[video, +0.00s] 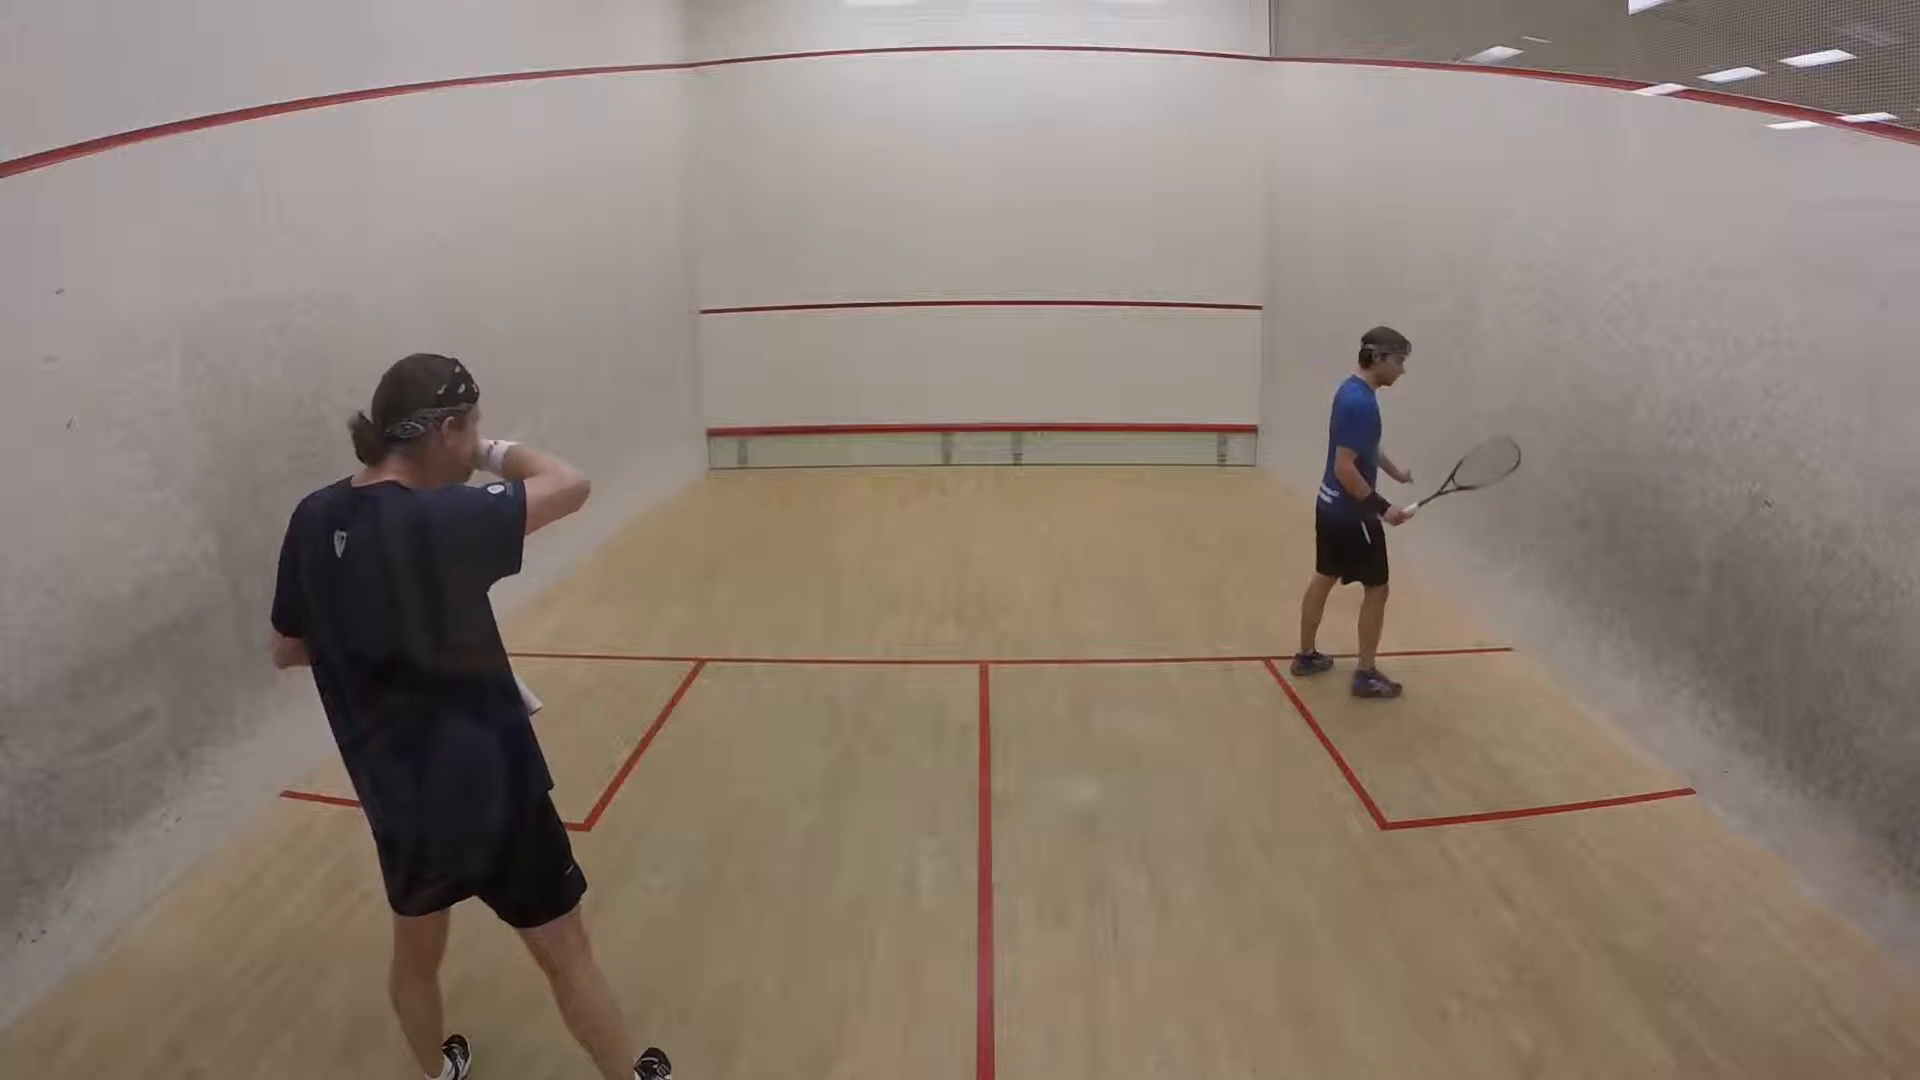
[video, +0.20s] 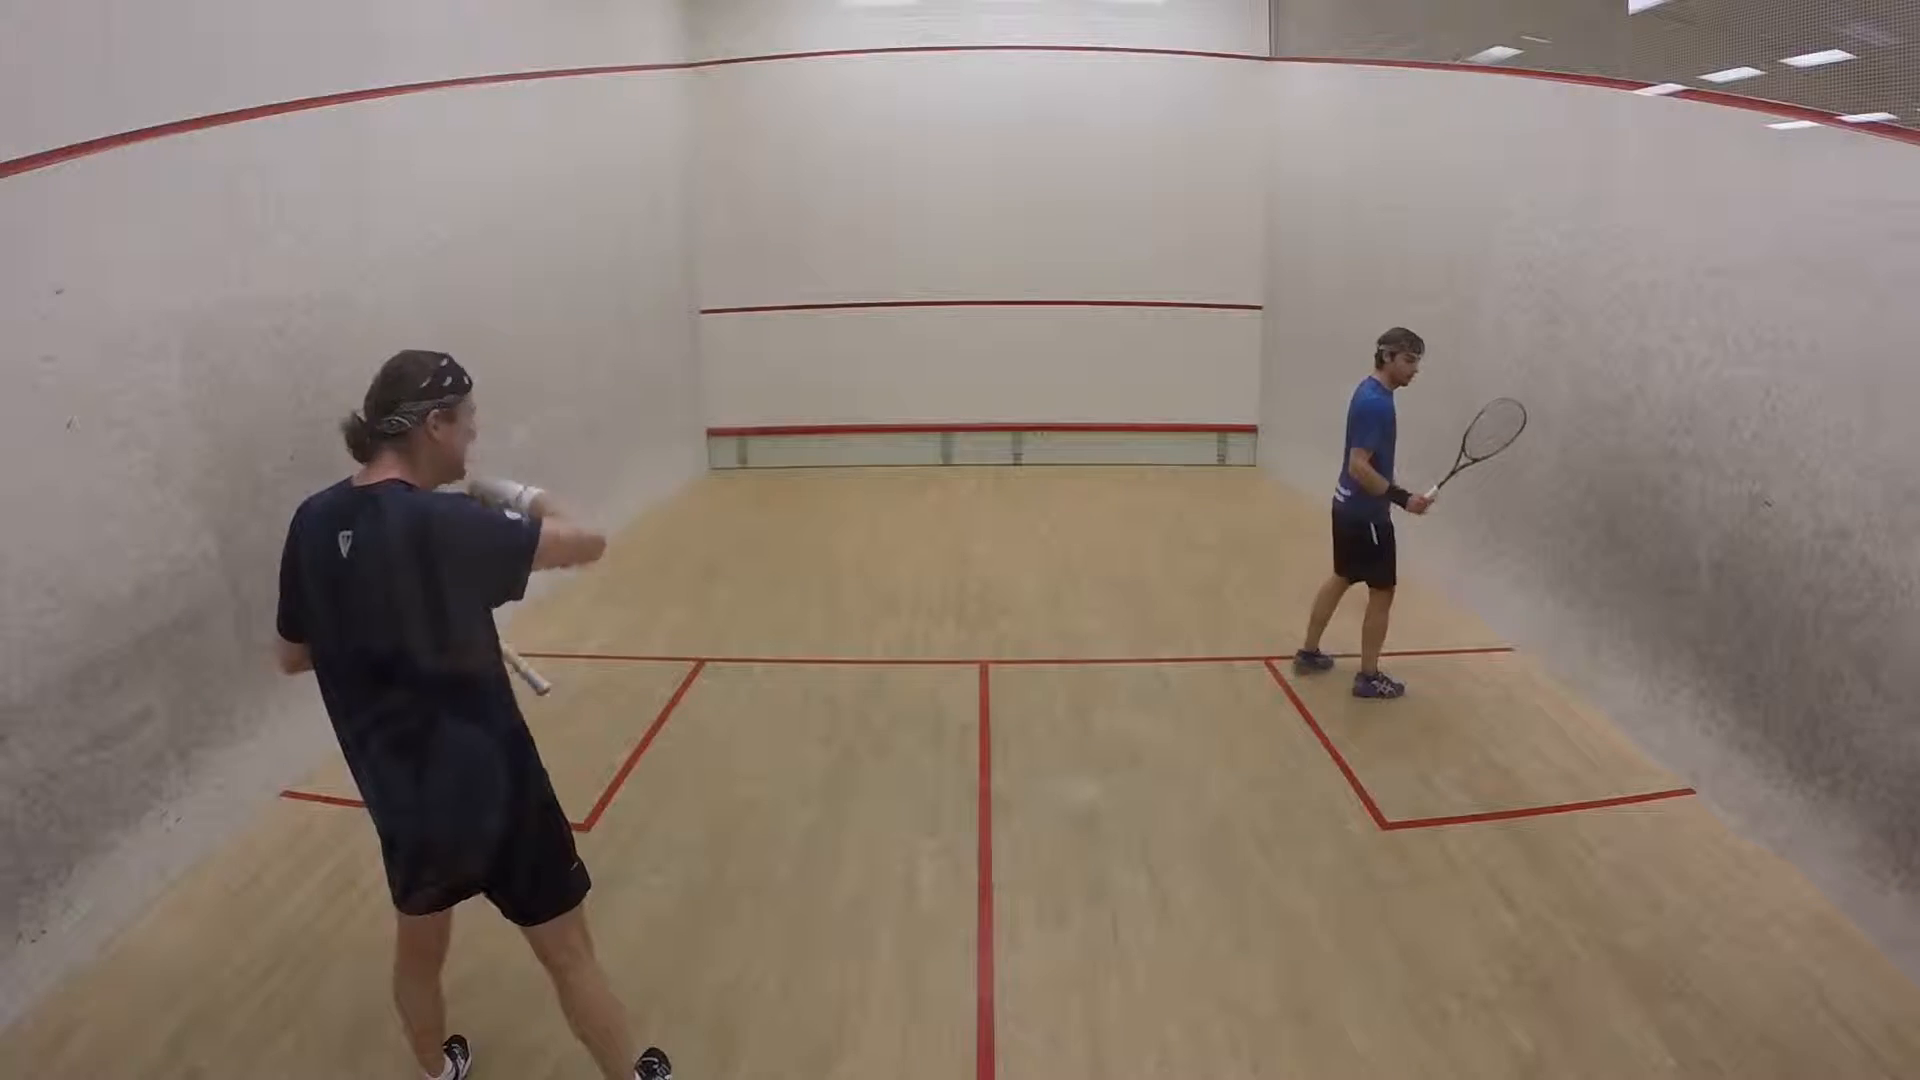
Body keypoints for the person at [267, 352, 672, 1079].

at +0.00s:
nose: (476, 443)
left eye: (475, 428)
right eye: (469, 429)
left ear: (384, 432)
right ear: (435, 432)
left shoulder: (316, 518)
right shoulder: (453, 517)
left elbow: (287, 648)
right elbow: (567, 485)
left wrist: (373, 623)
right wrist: (486, 449)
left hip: (400, 800)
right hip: (494, 788)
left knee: (416, 954)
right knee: (565, 954)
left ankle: (432, 1070)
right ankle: (629, 1073)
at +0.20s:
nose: (473, 436)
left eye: (471, 419)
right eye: (465, 420)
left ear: (383, 427)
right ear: (429, 424)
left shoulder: (315, 521)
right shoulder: (449, 524)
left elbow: (292, 655)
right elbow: (584, 542)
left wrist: (380, 614)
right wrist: (520, 497)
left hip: (401, 797)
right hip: (496, 785)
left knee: (419, 952)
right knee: (568, 953)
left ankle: (433, 1070)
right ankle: (630, 1071)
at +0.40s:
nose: (472, 421)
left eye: (468, 405)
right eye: (460, 408)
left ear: (391, 423)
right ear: (414, 421)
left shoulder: (316, 524)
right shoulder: (455, 527)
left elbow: (299, 658)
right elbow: (571, 640)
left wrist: (370, 616)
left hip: (405, 796)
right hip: (501, 783)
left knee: (419, 955)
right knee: (571, 950)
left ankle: (435, 1070)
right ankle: (631, 1071)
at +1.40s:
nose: (475, 407)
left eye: (468, 392)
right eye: (461, 397)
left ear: (392, 424)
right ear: (421, 421)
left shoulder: (325, 527)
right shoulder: (469, 525)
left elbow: (309, 674)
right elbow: (547, 676)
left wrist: (374, 738)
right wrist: (524, 627)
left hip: (406, 786)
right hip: (505, 777)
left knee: (420, 955)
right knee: (575, 954)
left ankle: (437, 1069)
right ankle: (632, 1071)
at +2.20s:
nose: (437, 422)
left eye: (430, 408)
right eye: (430, 411)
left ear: (344, 444)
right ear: (416, 433)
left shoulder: (305, 554)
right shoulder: (484, 520)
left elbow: (282, 715)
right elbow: (578, 640)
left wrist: (297, 819)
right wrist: (500, 653)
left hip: (393, 807)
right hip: (500, 787)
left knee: (412, 951)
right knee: (577, 938)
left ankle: (437, 1067)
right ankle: (644, 1069)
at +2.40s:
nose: (446, 429)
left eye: (438, 417)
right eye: (440, 421)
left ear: (356, 463)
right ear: (436, 444)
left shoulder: (333, 582)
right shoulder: (506, 529)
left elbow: (298, 748)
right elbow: (549, 639)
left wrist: (281, 863)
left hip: (417, 838)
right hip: (529, 807)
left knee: (410, 978)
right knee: (583, 945)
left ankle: (427, 1072)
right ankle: (641, 1069)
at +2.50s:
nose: (453, 440)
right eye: (448, 430)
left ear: (356, 477)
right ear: (444, 452)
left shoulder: (346, 602)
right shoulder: (505, 531)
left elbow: (280, 756)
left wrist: (238, 847)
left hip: (424, 858)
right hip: (531, 825)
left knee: (394, 1003)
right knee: (580, 953)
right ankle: (641, 1070)